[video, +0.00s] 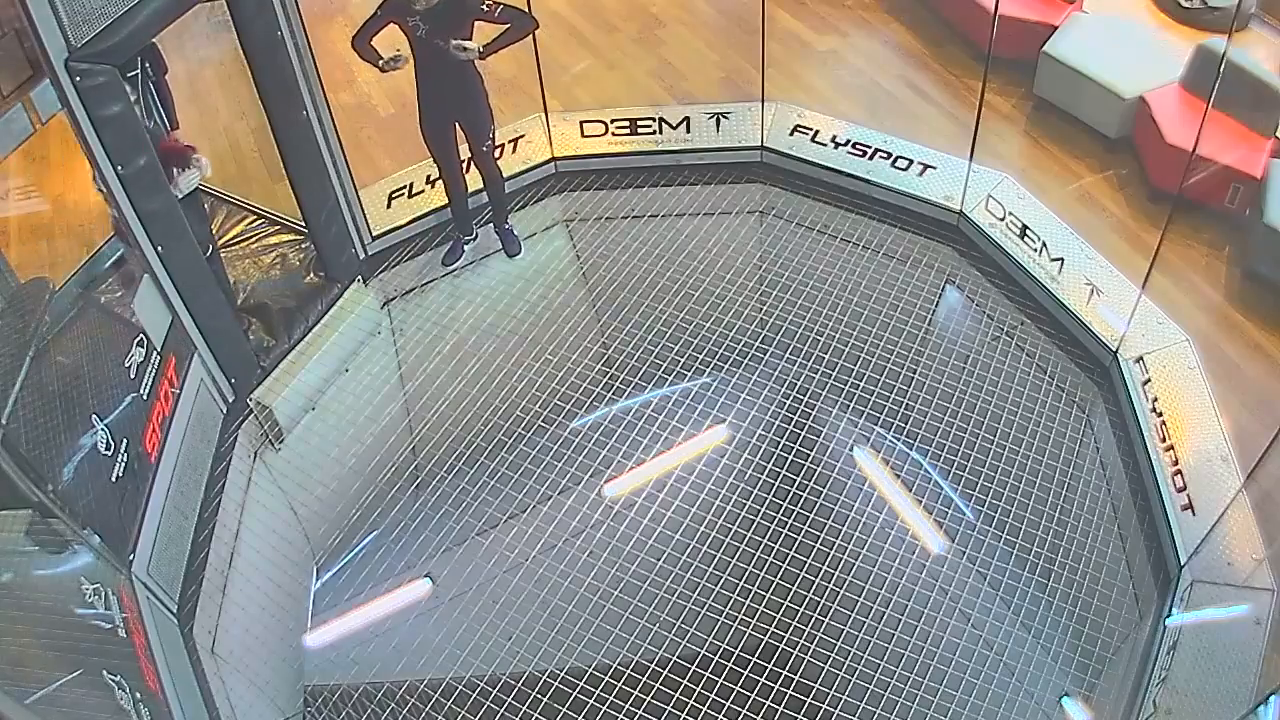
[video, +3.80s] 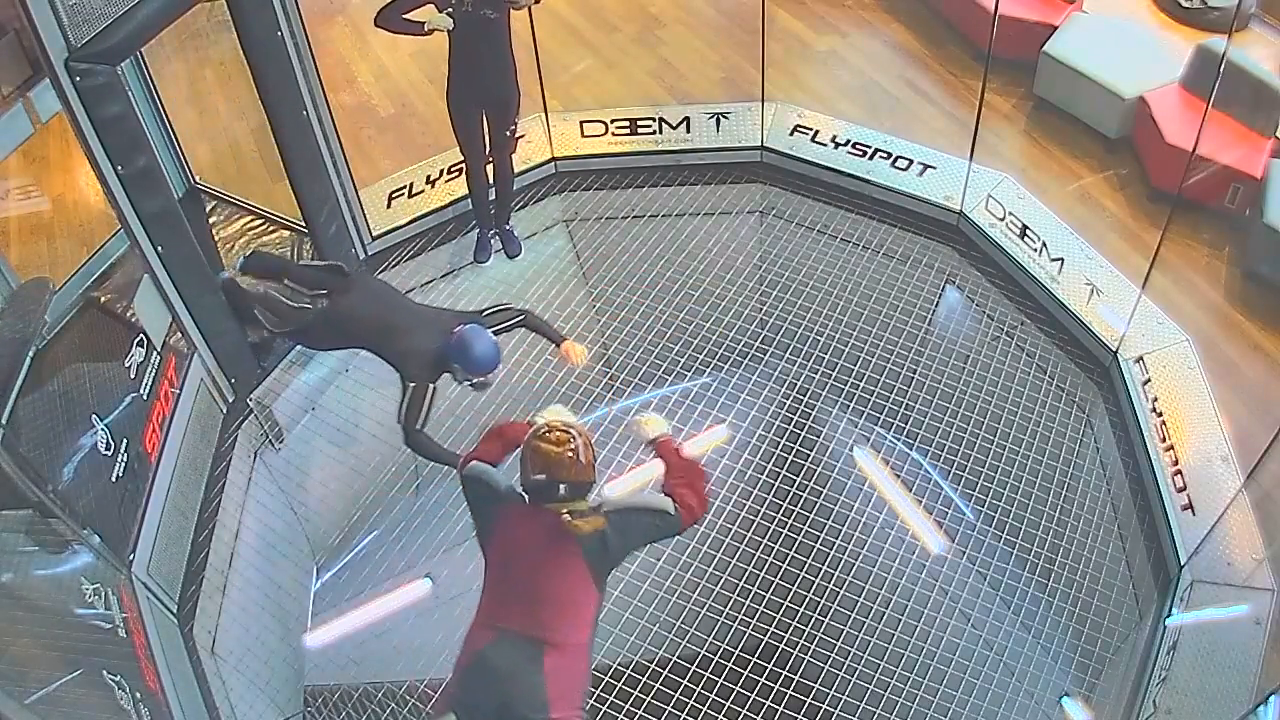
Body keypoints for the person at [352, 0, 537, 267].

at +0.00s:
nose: (420, 3)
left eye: (424, 2)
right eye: (415, 4)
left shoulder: (466, 6)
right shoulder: (395, 7)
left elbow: (526, 22)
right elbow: (359, 40)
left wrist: (483, 51)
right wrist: (380, 62)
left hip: (469, 94)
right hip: (431, 101)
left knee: (485, 160)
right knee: (449, 171)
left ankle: (503, 224)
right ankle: (466, 233)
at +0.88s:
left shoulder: (482, 2)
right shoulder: (407, 2)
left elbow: (532, 5)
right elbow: (364, 37)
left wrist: (484, 33)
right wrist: (411, 42)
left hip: (478, 79)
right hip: (441, 85)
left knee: (490, 156)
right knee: (455, 163)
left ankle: (503, 226)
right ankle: (471, 229)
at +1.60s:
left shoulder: (497, 0)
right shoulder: (434, 1)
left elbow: (515, 9)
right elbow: (382, 23)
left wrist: (516, 6)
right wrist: (430, 26)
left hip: (500, 81)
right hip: (460, 86)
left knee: (501, 156)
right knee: (473, 160)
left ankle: (504, 225)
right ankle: (485, 230)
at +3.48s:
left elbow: (517, 6)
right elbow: (387, 15)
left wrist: (518, 4)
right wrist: (428, 21)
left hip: (504, 78)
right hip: (465, 82)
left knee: (504, 154)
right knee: (477, 158)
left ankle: (504, 225)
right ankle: (485, 229)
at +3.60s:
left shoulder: (508, 2)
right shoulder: (441, 1)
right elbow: (387, 19)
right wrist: (429, 24)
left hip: (503, 82)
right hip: (464, 86)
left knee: (503, 155)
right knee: (475, 159)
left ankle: (504, 225)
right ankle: (484, 229)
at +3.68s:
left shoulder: (507, 1)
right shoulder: (439, 2)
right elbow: (387, 20)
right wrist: (428, 25)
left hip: (502, 81)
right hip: (463, 85)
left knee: (503, 155)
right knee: (475, 160)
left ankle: (504, 225)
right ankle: (484, 229)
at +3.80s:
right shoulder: (439, 1)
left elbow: (520, 4)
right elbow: (384, 18)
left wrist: (524, 1)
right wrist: (426, 26)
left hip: (502, 81)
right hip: (462, 85)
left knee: (503, 156)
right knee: (474, 161)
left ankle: (504, 225)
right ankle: (484, 230)